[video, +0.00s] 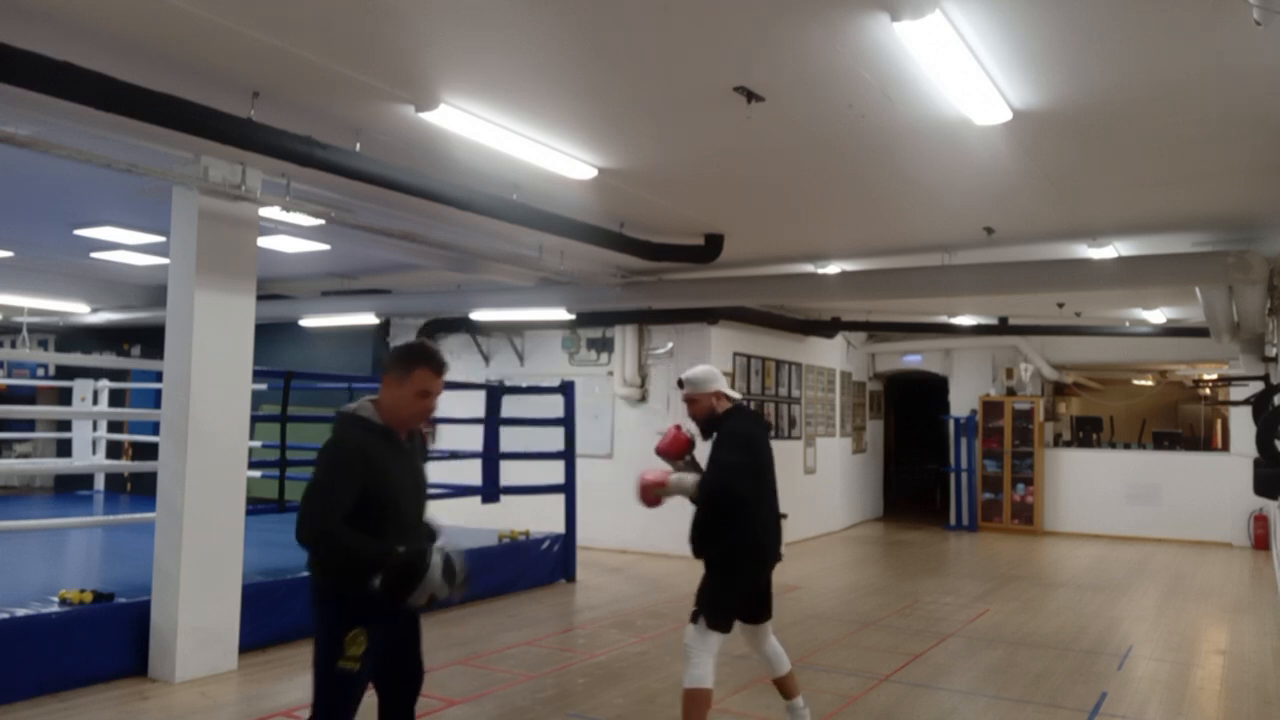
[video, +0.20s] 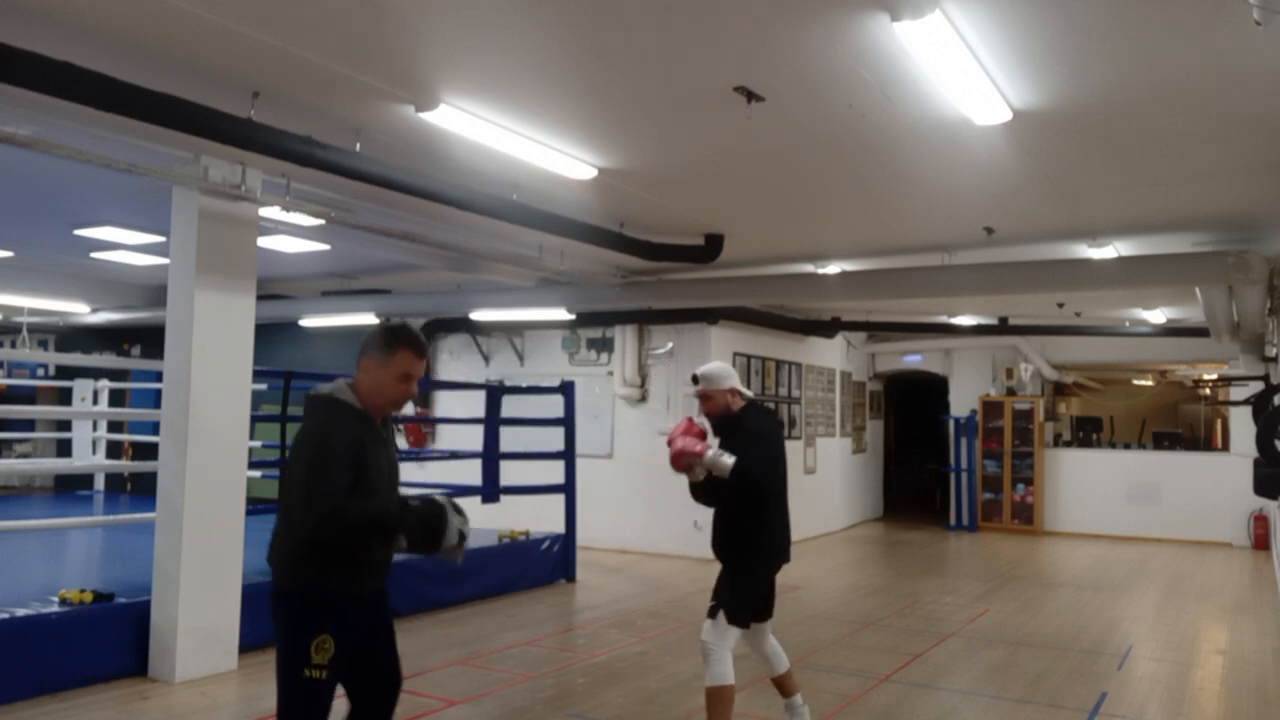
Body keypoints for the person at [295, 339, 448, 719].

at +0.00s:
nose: (431, 408)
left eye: (435, 397)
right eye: (423, 395)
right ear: (390, 386)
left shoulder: (409, 440)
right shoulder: (350, 442)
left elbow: (400, 518)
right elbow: (311, 529)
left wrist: (429, 546)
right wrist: (390, 558)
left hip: (393, 594)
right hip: (345, 599)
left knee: (403, 686)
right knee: (336, 704)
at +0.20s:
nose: (412, 392)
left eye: (417, 382)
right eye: (404, 378)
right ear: (368, 367)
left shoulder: (377, 425)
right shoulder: (331, 421)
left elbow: (375, 508)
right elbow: (328, 516)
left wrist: (425, 521)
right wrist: (419, 521)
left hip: (358, 586)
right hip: (311, 588)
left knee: (379, 689)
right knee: (305, 705)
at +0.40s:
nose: (405, 385)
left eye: (409, 376)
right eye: (398, 371)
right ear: (360, 361)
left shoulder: (360, 419)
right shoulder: (318, 418)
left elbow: (355, 494)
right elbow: (302, 523)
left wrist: (404, 480)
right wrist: (383, 565)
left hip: (339, 590)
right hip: (304, 593)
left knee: (341, 703)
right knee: (315, 706)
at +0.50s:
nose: (401, 389)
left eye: (404, 378)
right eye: (394, 375)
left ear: (352, 370)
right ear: (352, 367)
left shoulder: (346, 427)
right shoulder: (314, 428)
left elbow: (346, 504)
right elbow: (299, 540)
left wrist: (405, 502)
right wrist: (369, 613)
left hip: (329, 616)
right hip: (302, 619)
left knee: (343, 709)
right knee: (312, 711)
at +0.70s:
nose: (389, 383)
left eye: (390, 372)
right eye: (383, 370)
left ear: (345, 369)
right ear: (345, 367)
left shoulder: (315, 423)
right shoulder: (310, 432)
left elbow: (324, 505)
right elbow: (296, 553)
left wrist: (388, 496)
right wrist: (352, 647)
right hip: (288, 630)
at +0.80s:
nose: (386, 370)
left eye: (386, 359)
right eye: (381, 357)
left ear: (343, 356)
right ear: (345, 356)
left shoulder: (301, 411)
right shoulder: (307, 422)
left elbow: (325, 474)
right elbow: (291, 542)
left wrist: (387, 442)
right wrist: (352, 625)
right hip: (283, 621)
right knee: (309, 712)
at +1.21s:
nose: (396, 372)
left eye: (395, 361)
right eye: (391, 359)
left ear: (354, 358)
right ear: (357, 357)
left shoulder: (303, 417)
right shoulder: (321, 432)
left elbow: (326, 482)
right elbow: (327, 563)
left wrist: (399, 445)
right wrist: (401, 607)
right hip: (304, 622)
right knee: (350, 711)